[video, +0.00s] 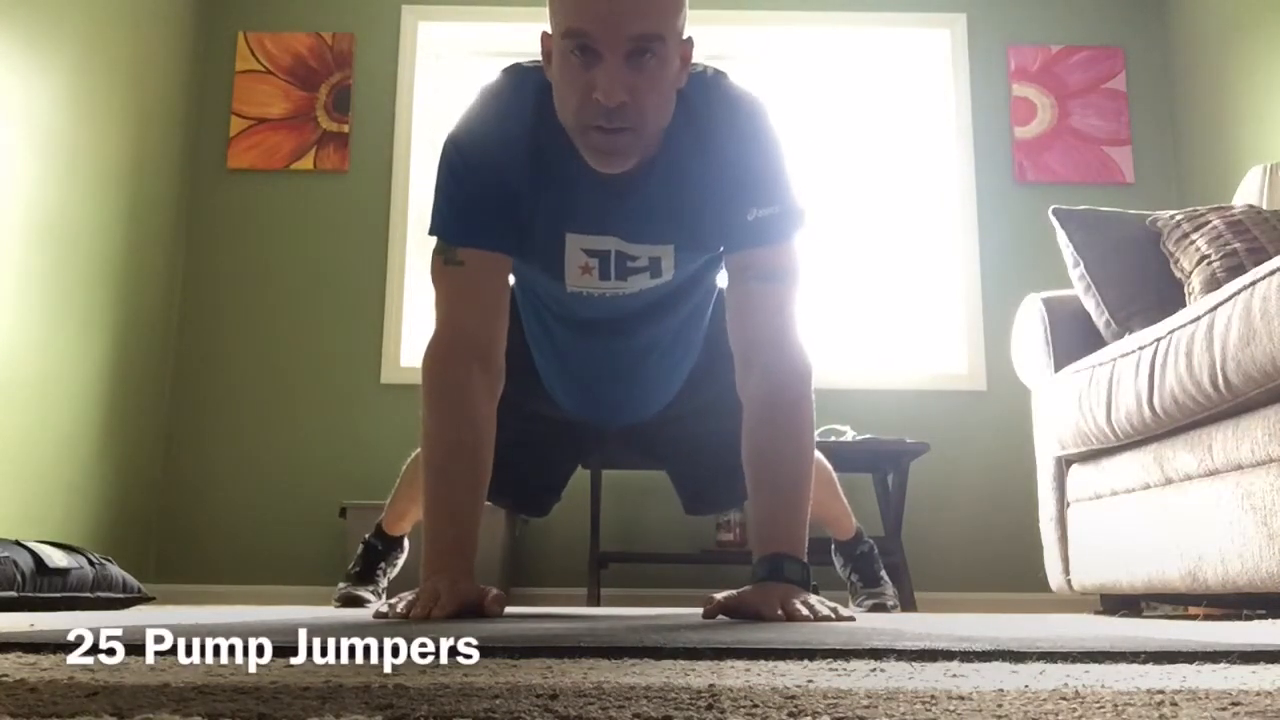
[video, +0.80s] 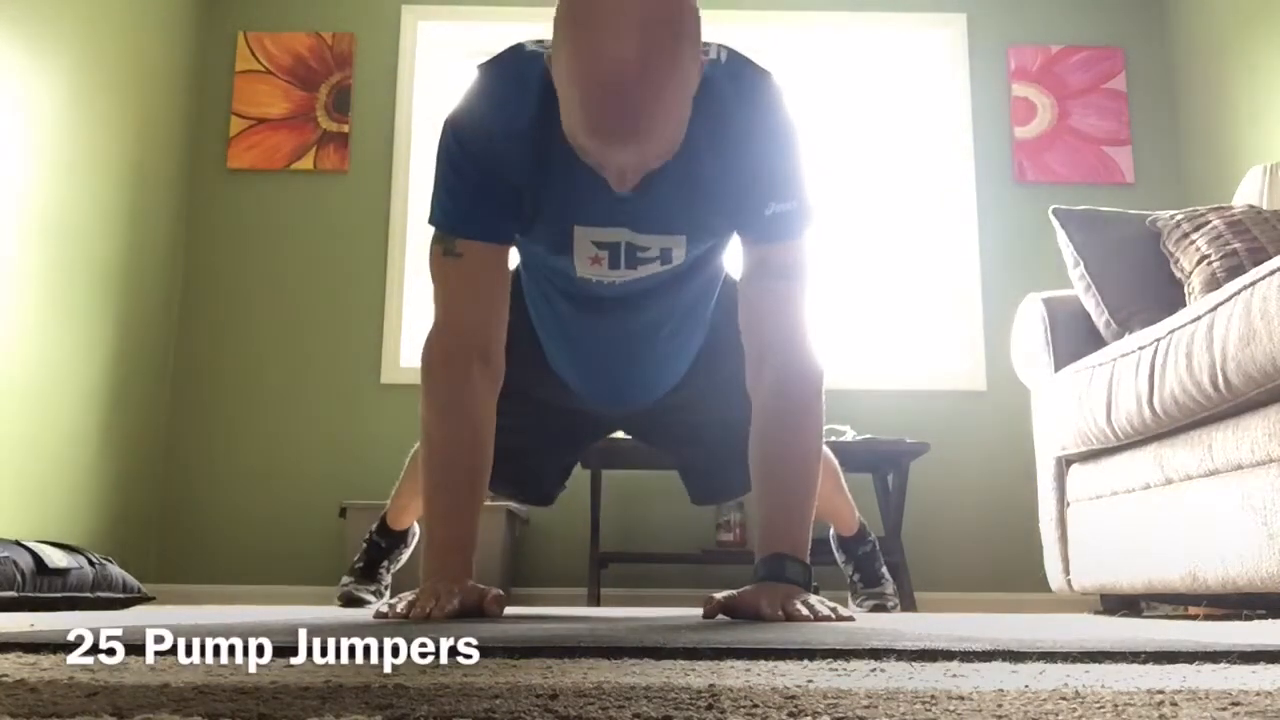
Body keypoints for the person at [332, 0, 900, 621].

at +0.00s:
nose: (609, 90)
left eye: (642, 55)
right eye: (583, 53)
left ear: (684, 60)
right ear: (547, 53)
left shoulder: (733, 129)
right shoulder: (495, 132)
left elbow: (773, 361)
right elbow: (462, 358)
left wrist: (782, 575)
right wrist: (447, 579)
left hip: (689, 358)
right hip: (537, 356)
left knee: (787, 463)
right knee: (448, 456)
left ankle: (858, 554)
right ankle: (381, 546)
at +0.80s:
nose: (626, 160)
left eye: (645, 134)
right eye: (602, 134)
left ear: (693, 54)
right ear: (561, 57)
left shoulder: (748, 108)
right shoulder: (494, 115)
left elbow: (783, 360)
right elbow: (462, 353)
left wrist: (784, 576)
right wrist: (446, 582)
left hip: (694, 330)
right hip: (544, 329)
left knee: (794, 454)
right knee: (449, 452)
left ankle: (859, 545)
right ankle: (385, 545)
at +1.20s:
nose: (623, 238)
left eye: (644, 225)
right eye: (600, 225)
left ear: (694, 139)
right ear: (552, 142)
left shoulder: (743, 122)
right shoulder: (496, 126)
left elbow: (782, 366)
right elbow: (463, 356)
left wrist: (779, 572)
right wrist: (448, 578)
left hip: (692, 329)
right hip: (539, 327)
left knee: (786, 438)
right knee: (455, 423)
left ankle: (858, 542)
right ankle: (387, 533)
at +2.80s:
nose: (623, 235)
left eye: (657, 199)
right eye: (591, 198)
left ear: (700, 179)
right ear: (554, 179)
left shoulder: (761, 233)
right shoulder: (479, 234)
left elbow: (797, 402)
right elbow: (440, 408)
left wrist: (779, 573)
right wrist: (447, 582)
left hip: (704, 420)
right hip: (532, 419)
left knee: (801, 469)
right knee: (435, 462)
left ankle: (859, 540)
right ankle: (380, 532)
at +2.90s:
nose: (627, 322)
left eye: (661, 282)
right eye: (593, 279)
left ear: (709, 268)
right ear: (551, 266)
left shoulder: (768, 306)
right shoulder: (471, 306)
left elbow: (804, 434)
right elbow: (435, 431)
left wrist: (781, 575)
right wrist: (445, 587)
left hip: (708, 465)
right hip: (530, 466)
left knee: (800, 482)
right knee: (437, 477)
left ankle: (859, 540)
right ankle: (374, 533)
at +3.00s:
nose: (627, 410)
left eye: (659, 369)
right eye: (596, 369)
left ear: (713, 344)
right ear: (547, 342)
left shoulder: (789, 369)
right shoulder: (462, 360)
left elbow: (825, 427)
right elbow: (418, 432)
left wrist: (781, 572)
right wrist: (448, 578)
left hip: (714, 530)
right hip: (525, 529)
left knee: (830, 521)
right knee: (417, 516)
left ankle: (860, 544)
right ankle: (369, 534)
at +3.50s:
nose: (628, 337)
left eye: (662, 306)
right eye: (604, 297)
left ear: (715, 281)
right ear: (563, 268)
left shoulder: (790, 340)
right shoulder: (471, 329)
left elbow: (826, 434)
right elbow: (421, 426)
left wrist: (778, 576)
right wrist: (446, 584)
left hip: (706, 585)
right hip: (531, 580)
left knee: (842, 534)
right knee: (402, 524)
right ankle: (382, 521)